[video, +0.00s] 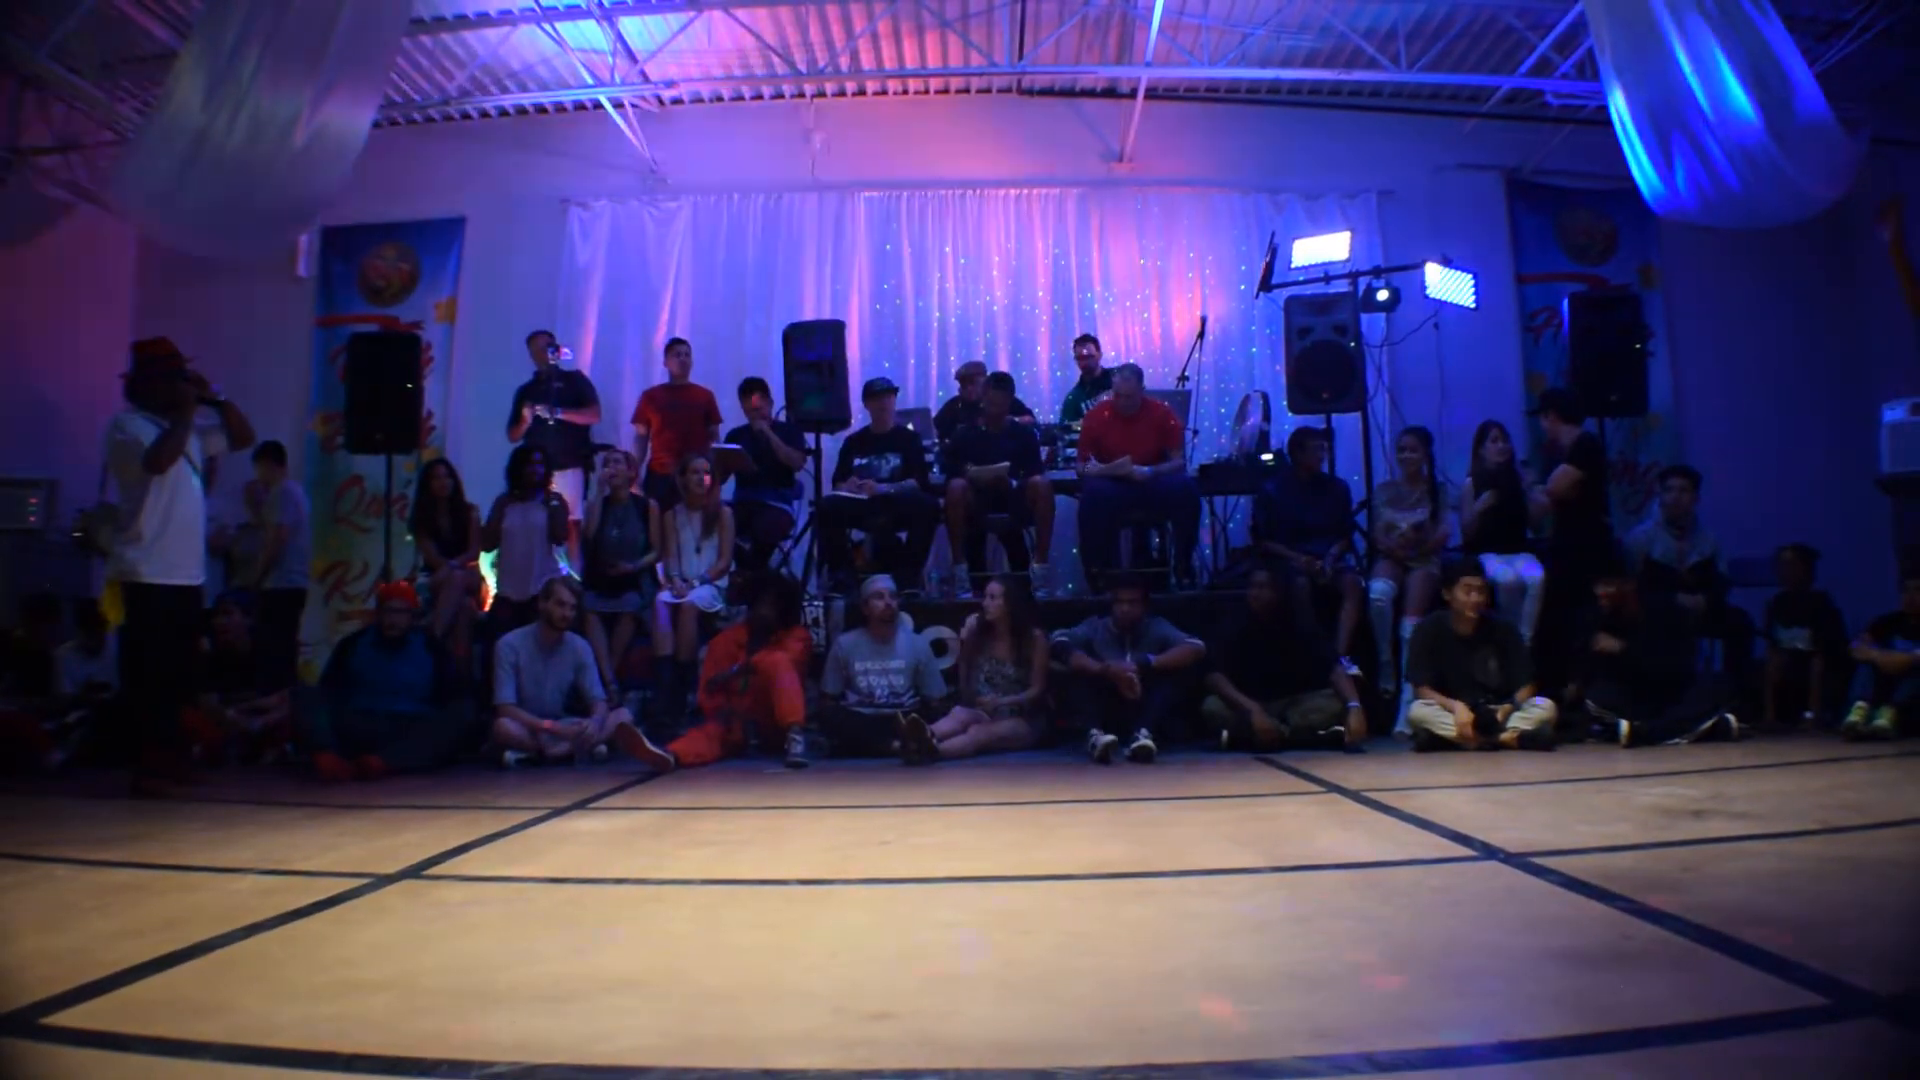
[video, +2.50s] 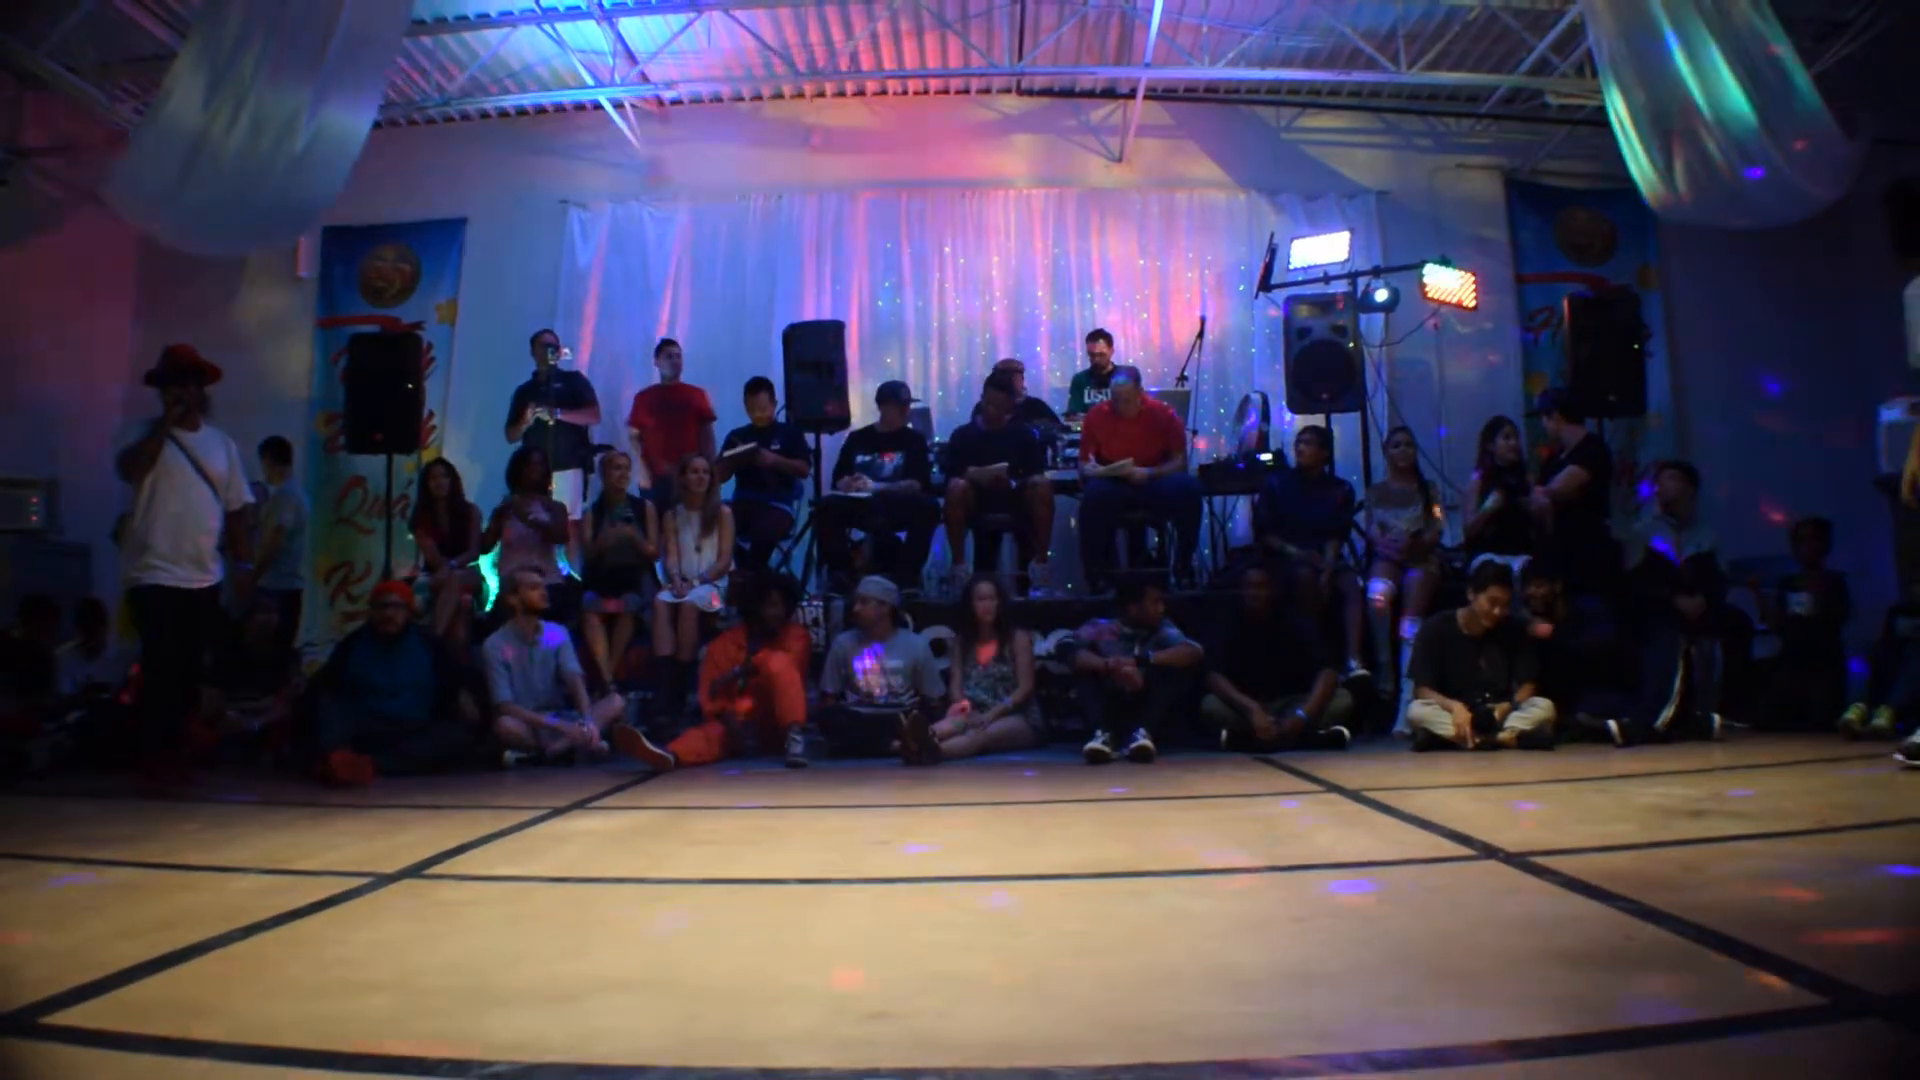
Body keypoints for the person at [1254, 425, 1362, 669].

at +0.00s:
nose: (1322, 455)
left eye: (1323, 449)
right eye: (1315, 450)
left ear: (1326, 453)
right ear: (1297, 453)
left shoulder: (1336, 487)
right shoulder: (1276, 487)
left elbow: (1346, 534)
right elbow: (1263, 539)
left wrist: (1330, 558)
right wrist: (1299, 560)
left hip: (1327, 558)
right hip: (1290, 559)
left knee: (1353, 584)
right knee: (1299, 585)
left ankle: (1342, 655)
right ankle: (1308, 654)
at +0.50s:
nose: (1317, 453)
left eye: (1321, 447)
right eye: (1311, 447)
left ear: (1327, 452)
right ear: (1299, 451)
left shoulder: (1340, 488)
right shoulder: (1281, 486)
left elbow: (1349, 533)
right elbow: (1267, 535)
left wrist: (1331, 559)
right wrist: (1303, 560)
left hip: (1330, 557)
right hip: (1295, 558)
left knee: (1354, 584)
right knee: (1301, 585)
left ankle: (1344, 655)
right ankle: (1309, 655)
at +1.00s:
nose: (1321, 460)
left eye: (1325, 454)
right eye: (1315, 453)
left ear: (1330, 456)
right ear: (1302, 454)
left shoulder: (1339, 488)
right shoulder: (1282, 487)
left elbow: (1351, 533)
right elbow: (1269, 534)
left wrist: (1332, 558)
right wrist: (1305, 560)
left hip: (1331, 558)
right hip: (1296, 558)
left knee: (1353, 583)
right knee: (1300, 584)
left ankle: (1342, 653)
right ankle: (1314, 656)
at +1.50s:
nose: (1323, 455)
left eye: (1325, 449)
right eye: (1316, 449)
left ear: (1330, 453)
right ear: (1300, 454)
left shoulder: (1339, 488)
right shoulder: (1280, 487)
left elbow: (1347, 535)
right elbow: (1270, 538)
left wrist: (1332, 558)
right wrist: (1309, 561)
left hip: (1330, 557)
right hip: (1294, 557)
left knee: (1354, 580)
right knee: (1301, 584)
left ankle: (1351, 648)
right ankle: (1312, 654)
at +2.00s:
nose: (1310, 449)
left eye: (1316, 443)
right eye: (1304, 444)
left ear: (1324, 449)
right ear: (1294, 450)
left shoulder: (1340, 485)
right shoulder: (1278, 485)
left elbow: (1346, 532)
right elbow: (1267, 535)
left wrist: (1331, 561)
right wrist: (1301, 559)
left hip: (1330, 558)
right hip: (1294, 558)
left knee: (1354, 583)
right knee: (1299, 585)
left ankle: (1357, 655)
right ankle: (1310, 662)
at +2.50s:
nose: (1301, 449)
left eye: (1309, 444)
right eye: (1299, 443)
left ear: (1324, 453)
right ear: (1294, 449)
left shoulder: (1339, 488)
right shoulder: (1278, 483)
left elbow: (1336, 536)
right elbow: (1266, 533)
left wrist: (1326, 572)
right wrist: (1301, 554)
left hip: (1324, 557)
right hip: (1289, 556)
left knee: (1351, 584)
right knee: (1305, 579)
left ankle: (1353, 659)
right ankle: (1305, 658)